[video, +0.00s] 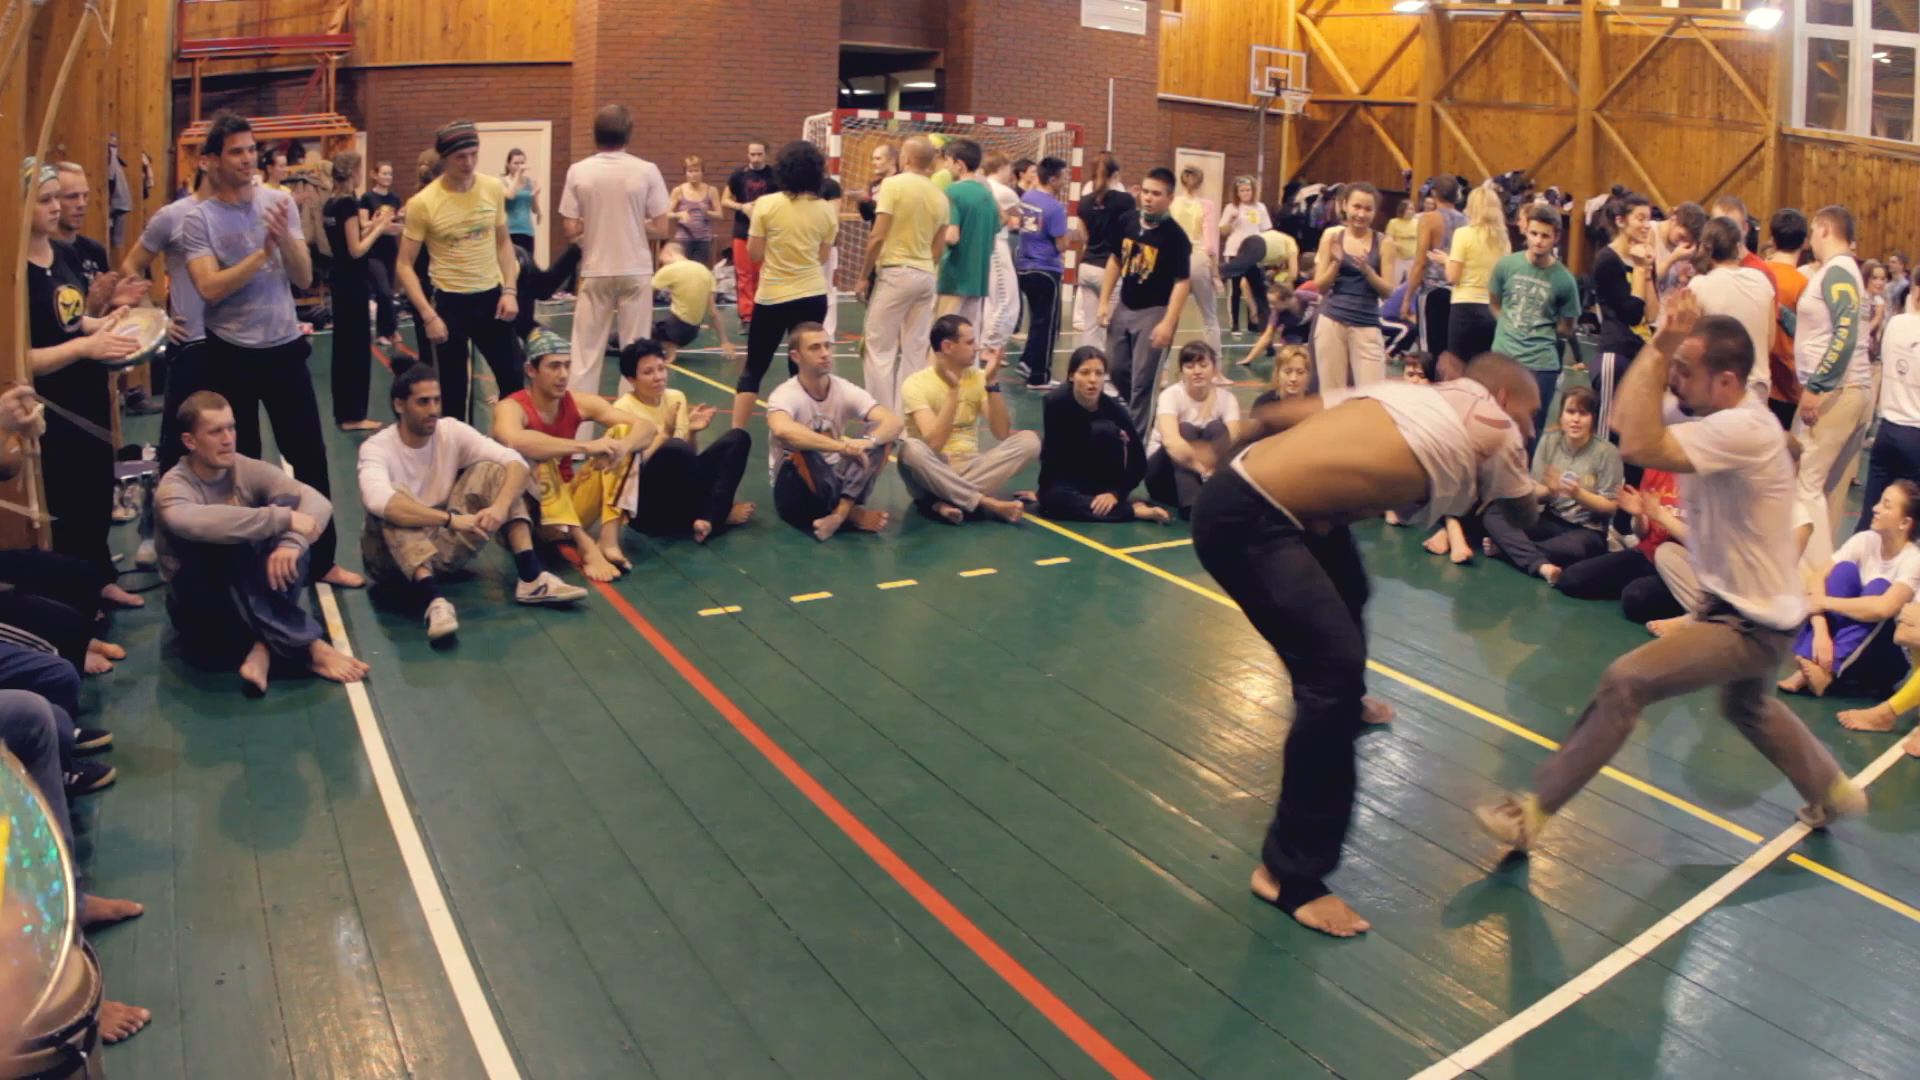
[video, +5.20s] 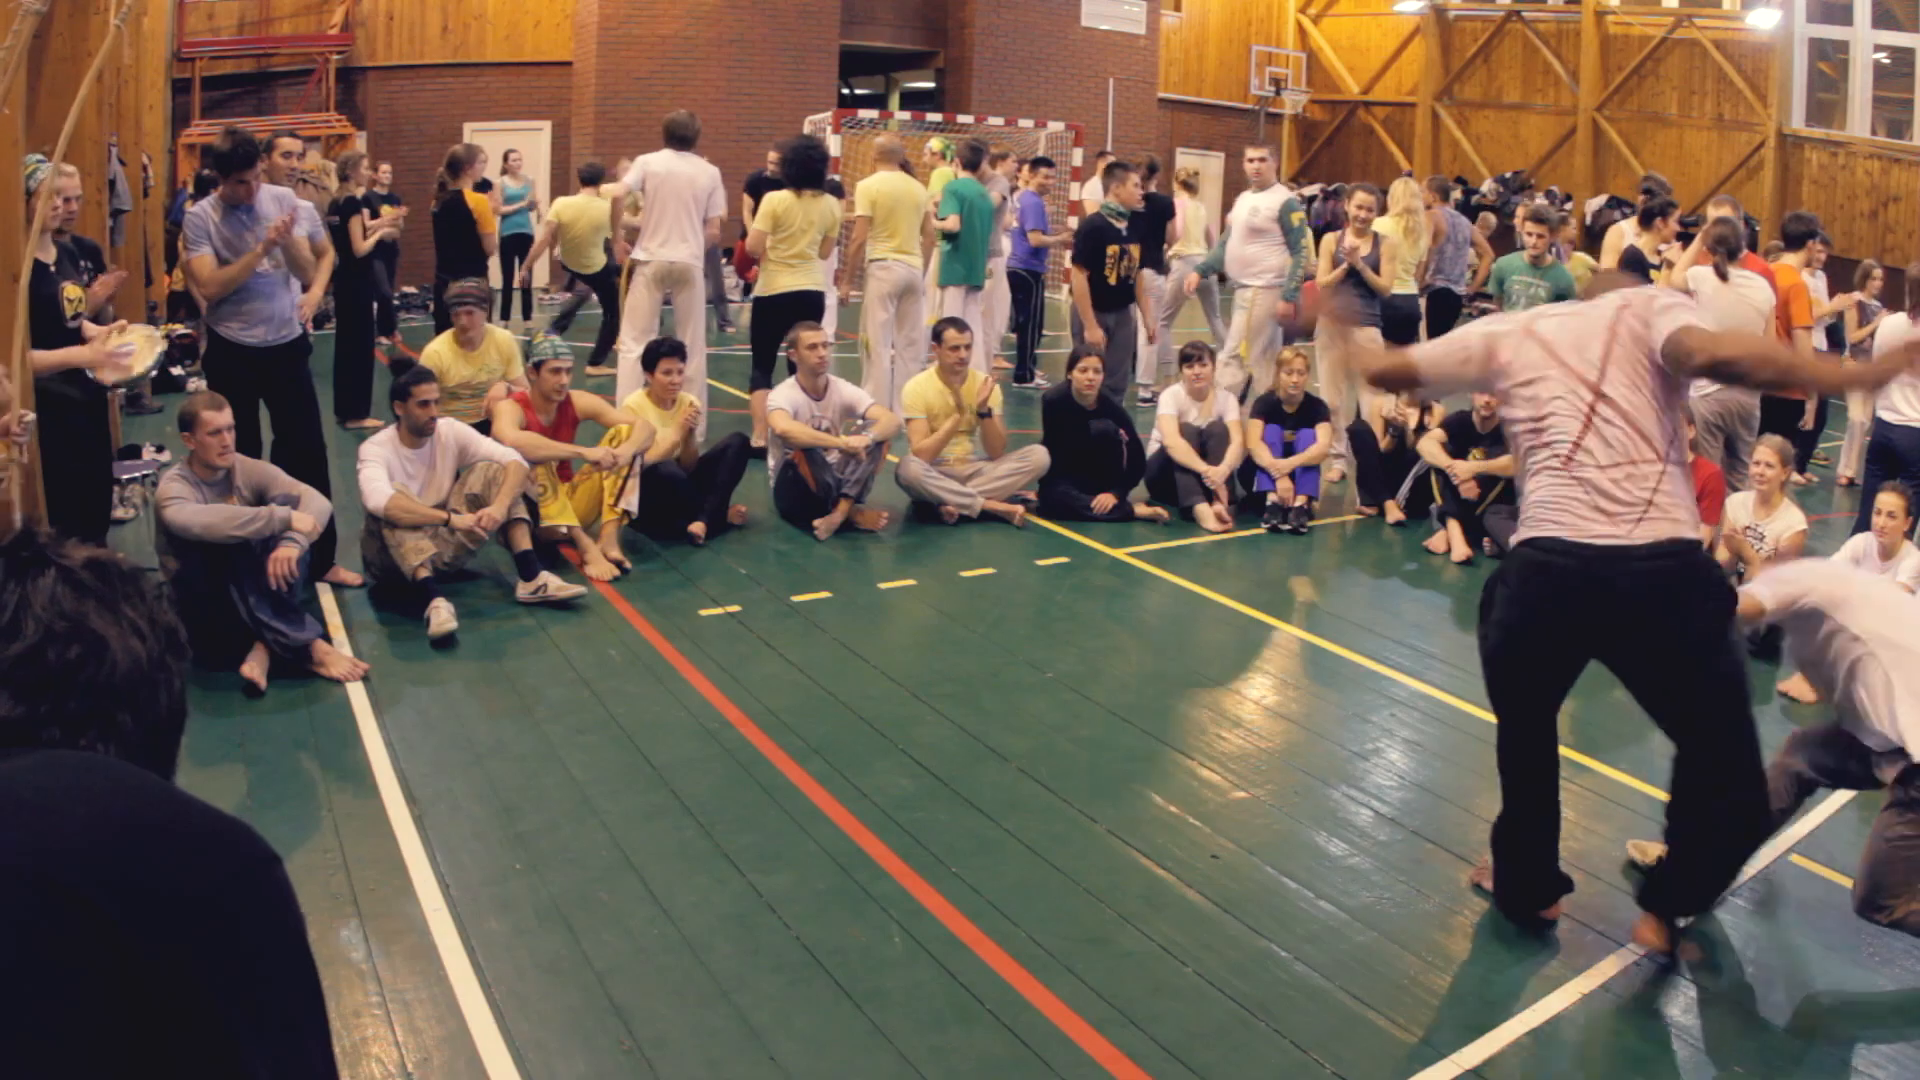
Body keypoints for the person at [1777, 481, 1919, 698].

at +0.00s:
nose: (1875, 508)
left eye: (1886, 506)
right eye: (1879, 502)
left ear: (1905, 523)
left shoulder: (1913, 558)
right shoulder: (1865, 540)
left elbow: (1885, 609)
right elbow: (1817, 578)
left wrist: (1823, 602)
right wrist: (1821, 633)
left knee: (1879, 586)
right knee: (1844, 571)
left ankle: (1825, 670)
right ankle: (1807, 667)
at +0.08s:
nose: (1880, 512)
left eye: (1891, 509)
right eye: (1881, 504)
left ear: (1910, 524)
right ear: (1876, 506)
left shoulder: (1913, 558)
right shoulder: (1865, 540)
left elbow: (1885, 608)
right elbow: (1818, 578)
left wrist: (1824, 603)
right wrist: (1821, 634)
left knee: (1879, 586)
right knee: (1845, 570)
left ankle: (1823, 670)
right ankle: (1808, 666)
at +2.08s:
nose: (1876, 521)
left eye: (1886, 515)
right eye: (1874, 512)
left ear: (1905, 524)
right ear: (1869, 512)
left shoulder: (1912, 559)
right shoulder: (1860, 542)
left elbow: (1885, 609)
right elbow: (1814, 581)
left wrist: (1823, 604)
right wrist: (1820, 638)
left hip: (1880, 667)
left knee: (1877, 587)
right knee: (1843, 572)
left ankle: (1823, 676)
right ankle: (1808, 666)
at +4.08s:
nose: (1874, 521)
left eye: (1884, 516)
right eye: (1873, 512)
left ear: (1905, 525)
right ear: (1868, 512)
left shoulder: (1912, 559)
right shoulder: (1860, 542)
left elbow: (1886, 610)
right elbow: (1815, 581)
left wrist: (1823, 604)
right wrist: (1820, 638)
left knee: (1877, 587)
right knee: (1844, 572)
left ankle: (1824, 676)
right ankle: (1808, 666)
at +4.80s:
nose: (1879, 523)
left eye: (1889, 516)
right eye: (1876, 513)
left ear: (1906, 524)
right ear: (1871, 515)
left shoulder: (1913, 558)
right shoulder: (1860, 541)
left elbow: (1888, 606)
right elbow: (1817, 579)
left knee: (1877, 586)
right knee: (1845, 572)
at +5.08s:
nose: (1880, 524)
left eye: (1891, 516)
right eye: (1877, 513)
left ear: (1907, 523)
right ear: (1871, 515)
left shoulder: (1912, 558)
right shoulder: (1860, 541)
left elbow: (1888, 606)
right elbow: (1814, 581)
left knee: (1876, 586)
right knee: (1844, 572)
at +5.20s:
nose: (1881, 523)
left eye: (1891, 516)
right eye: (1877, 513)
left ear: (1907, 524)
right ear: (1871, 515)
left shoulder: (1913, 560)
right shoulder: (1860, 543)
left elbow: (1890, 605)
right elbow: (1826, 575)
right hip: (1853, 620)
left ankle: (1817, 678)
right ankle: (1809, 673)